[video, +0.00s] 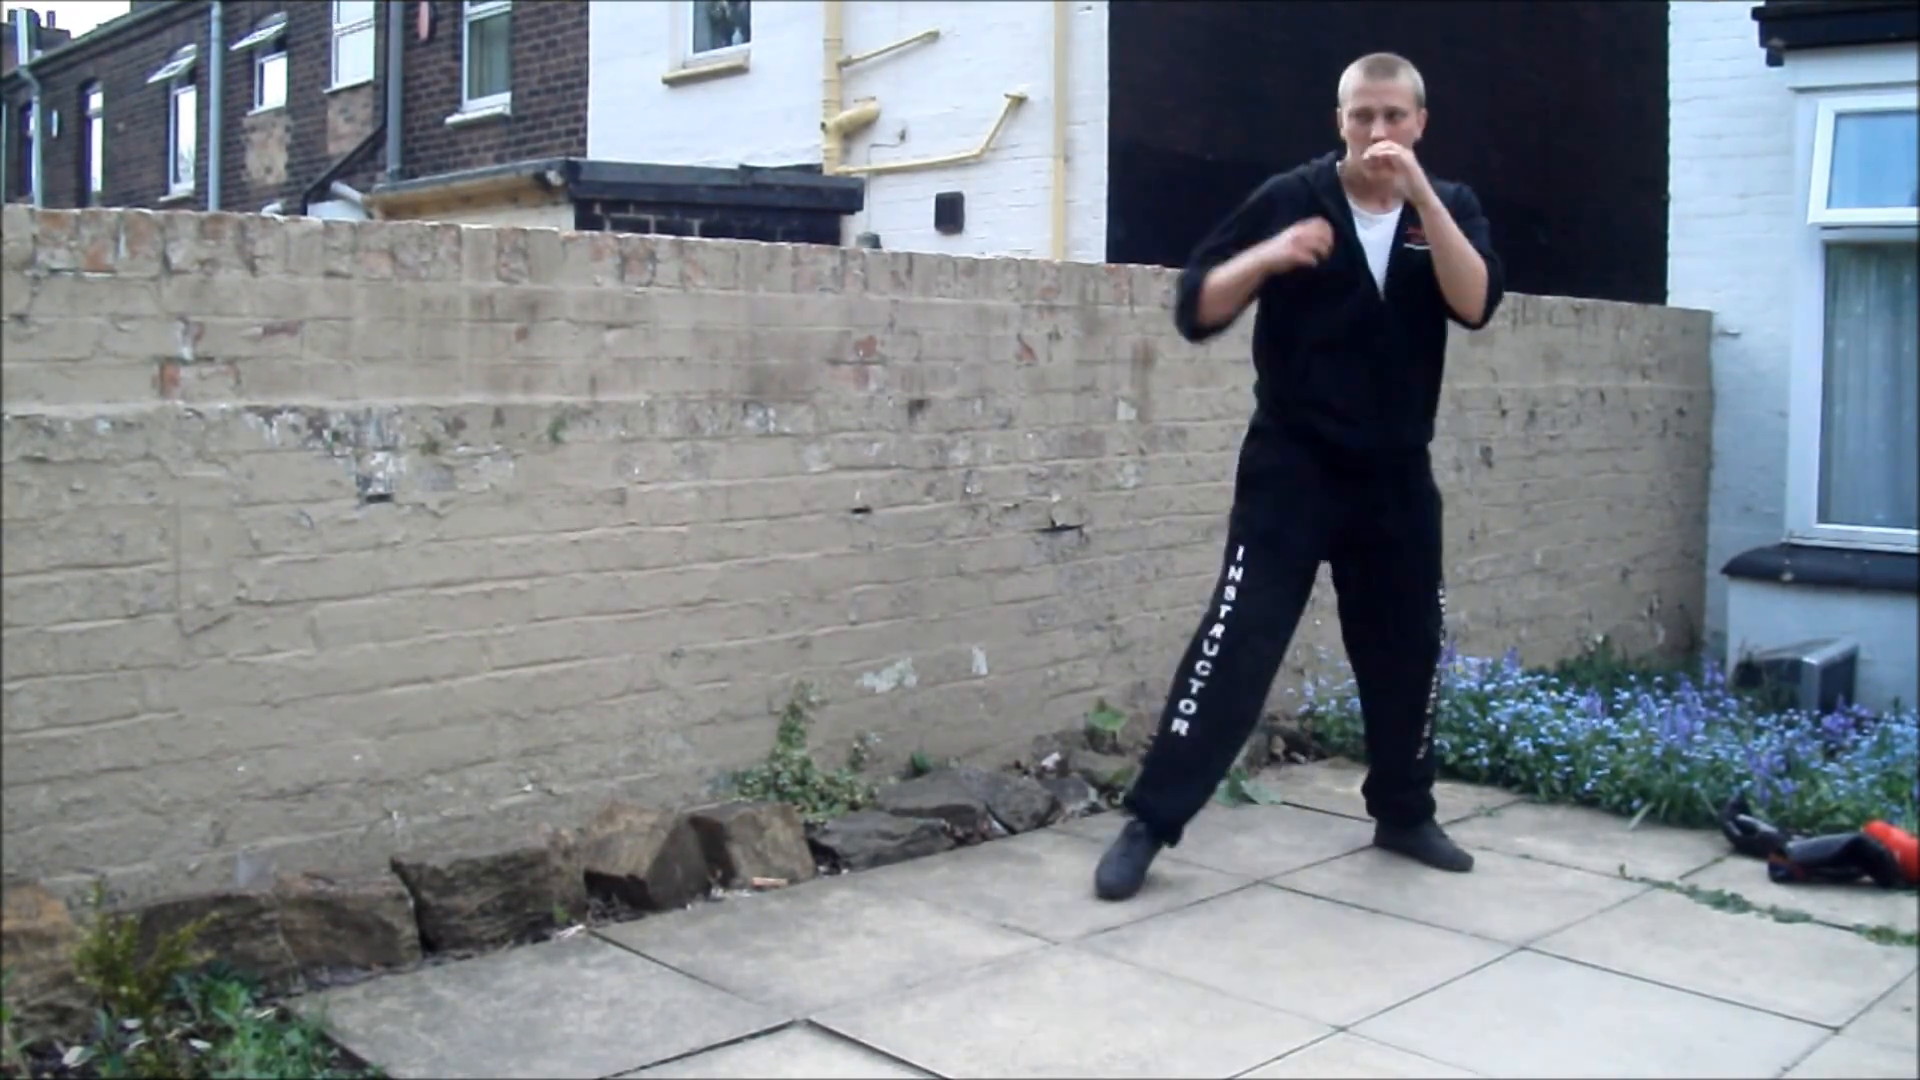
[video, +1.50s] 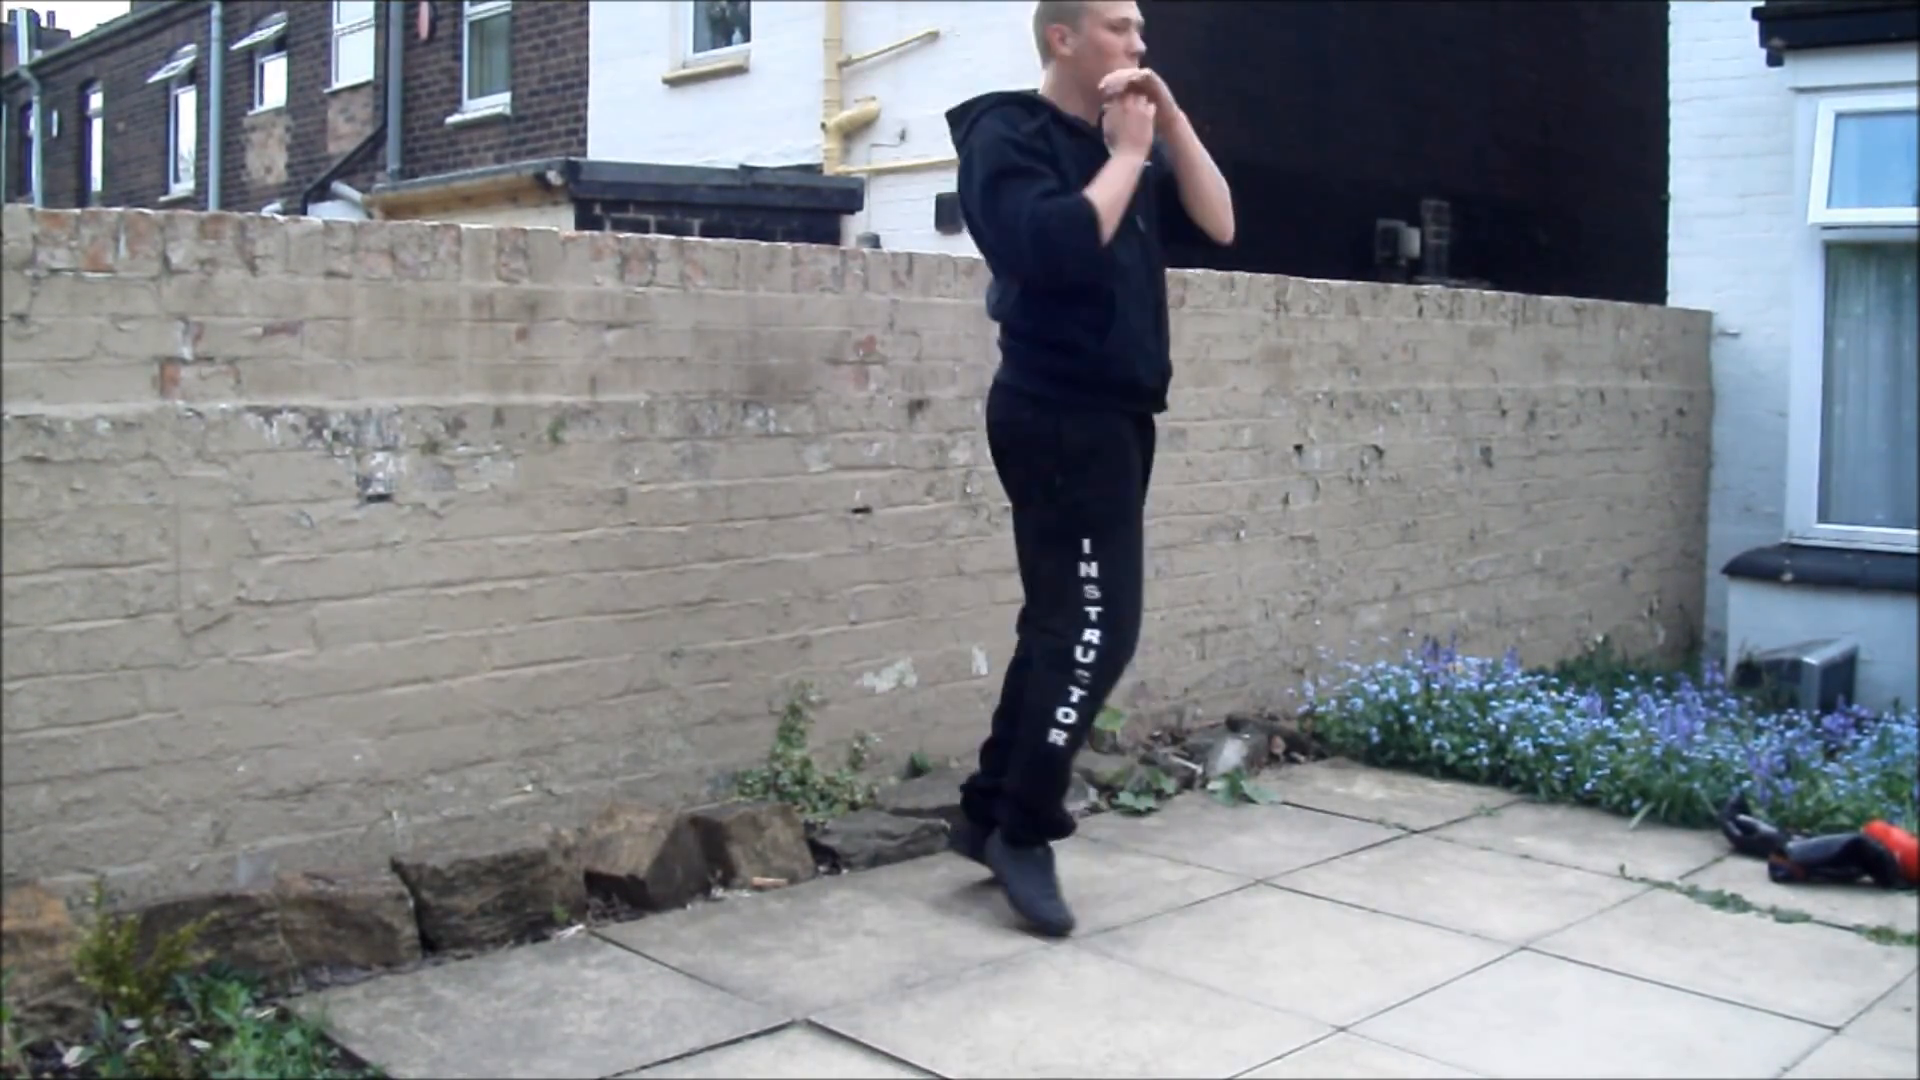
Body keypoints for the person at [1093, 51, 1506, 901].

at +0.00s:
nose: (1379, 131)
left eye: (1395, 116)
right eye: (1363, 116)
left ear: (1422, 123)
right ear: (1339, 122)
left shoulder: (1450, 209)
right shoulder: (1291, 200)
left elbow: (1476, 305)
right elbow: (1194, 311)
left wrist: (1424, 202)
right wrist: (1263, 257)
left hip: (1395, 474)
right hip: (1289, 467)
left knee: (1404, 647)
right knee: (1238, 640)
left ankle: (1404, 814)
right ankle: (1148, 824)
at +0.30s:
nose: (1233, 136)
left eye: (1253, 122)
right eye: (1229, 125)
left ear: (1303, 134)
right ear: (1228, 137)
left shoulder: (1330, 206)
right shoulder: (1233, 237)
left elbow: (1248, 263)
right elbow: (1220, 388)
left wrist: (1169, 165)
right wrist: (1178, 349)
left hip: (1315, 488)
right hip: (1213, 485)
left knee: (1352, 660)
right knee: (1149, 648)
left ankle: (1412, 805)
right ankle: (1187, 855)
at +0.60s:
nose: (1110, 169)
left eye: (1128, 156)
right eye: (1109, 155)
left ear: (1182, 165)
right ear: (1117, 164)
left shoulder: (1234, 201)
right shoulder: (1121, 282)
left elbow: (1213, 197)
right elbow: (1040, 370)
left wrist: (1092, 175)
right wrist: (975, 318)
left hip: (1237, 375)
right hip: (1179, 463)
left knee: (1043, 216)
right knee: (1134, 634)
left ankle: (963, 213)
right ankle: (1127, 859)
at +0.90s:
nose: (1099, 182)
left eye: (1107, 169)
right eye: (1102, 168)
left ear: (1143, 168)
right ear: (1190, 173)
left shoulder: (1146, 199)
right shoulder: (1259, 287)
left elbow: (1033, 212)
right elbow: (1304, 437)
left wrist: (931, 178)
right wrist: (1199, 480)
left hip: (1094, 383)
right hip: (1175, 464)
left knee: (887, 448)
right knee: (1098, 656)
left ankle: (956, 652)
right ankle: (1093, 879)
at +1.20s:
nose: (1183, 87)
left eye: (1171, 74)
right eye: (1180, 76)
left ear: (1092, 88)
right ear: (1172, 80)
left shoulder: (1035, 160)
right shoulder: (1201, 165)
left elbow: (1025, 271)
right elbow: (1221, 328)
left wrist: (1098, 315)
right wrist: (1155, 349)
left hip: (1013, 414)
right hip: (1128, 421)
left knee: (998, 642)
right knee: (1117, 659)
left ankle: (981, 855)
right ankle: (1100, 883)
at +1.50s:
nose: (1139, 48)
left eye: (1139, 33)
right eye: (1122, 31)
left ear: (1088, 43)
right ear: (1061, 40)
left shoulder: (1113, 140)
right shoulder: (1006, 135)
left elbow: (1217, 227)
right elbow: (1050, 252)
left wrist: (1170, 118)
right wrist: (1127, 150)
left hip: (1114, 415)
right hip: (1055, 412)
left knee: (1067, 629)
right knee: (1097, 632)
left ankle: (992, 811)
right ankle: (1023, 833)